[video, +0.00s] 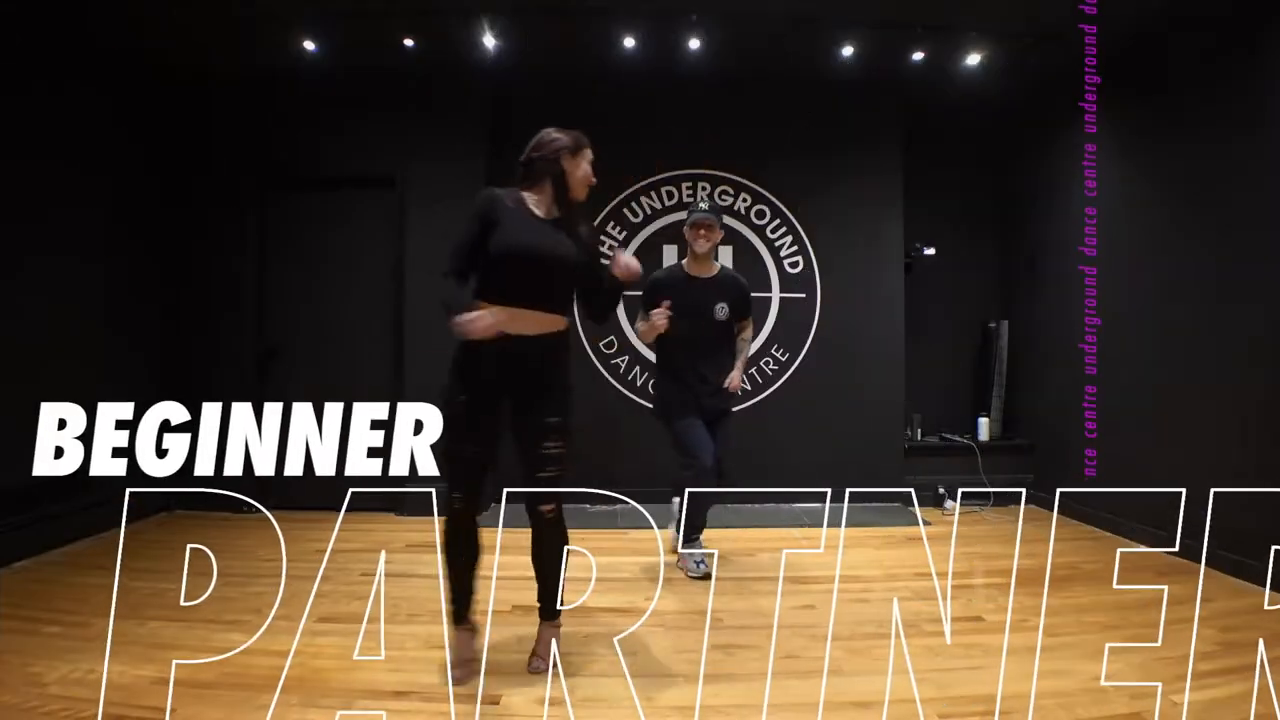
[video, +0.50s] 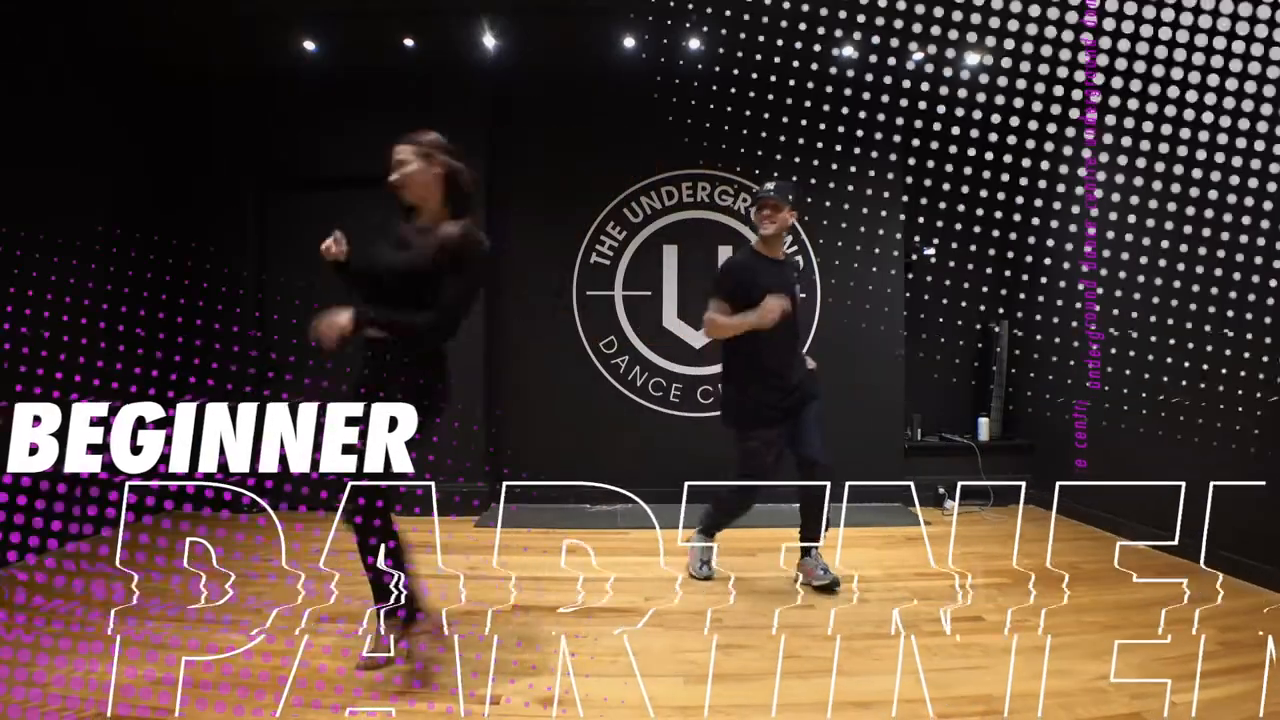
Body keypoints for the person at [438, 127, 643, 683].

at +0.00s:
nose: (592, 174)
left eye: (592, 164)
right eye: (586, 162)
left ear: (570, 168)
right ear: (558, 162)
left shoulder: (577, 231)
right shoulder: (495, 206)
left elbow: (596, 313)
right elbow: (455, 274)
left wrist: (621, 281)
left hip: (545, 364)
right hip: (483, 360)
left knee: (546, 499)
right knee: (462, 499)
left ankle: (548, 625)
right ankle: (462, 628)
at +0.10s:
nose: (575, 173)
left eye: (575, 164)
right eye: (568, 162)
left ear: (552, 167)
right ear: (537, 161)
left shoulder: (564, 226)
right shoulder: (474, 206)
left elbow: (594, 309)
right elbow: (421, 263)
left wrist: (584, 250)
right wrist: (395, 302)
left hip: (537, 365)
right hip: (471, 360)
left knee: (540, 495)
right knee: (436, 492)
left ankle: (546, 624)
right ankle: (415, 621)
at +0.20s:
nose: (544, 177)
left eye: (544, 168)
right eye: (537, 166)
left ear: (519, 170)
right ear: (506, 165)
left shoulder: (530, 228)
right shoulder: (439, 211)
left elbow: (562, 300)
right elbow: (368, 239)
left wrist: (533, 235)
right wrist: (337, 276)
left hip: (514, 370)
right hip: (447, 371)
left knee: (532, 493)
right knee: (393, 485)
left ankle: (548, 620)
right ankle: (389, 613)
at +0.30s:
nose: (522, 176)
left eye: (522, 167)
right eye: (513, 165)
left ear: (503, 173)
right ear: (480, 165)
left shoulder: (507, 234)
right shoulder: (419, 211)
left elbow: (532, 311)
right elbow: (357, 230)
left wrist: (501, 243)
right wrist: (337, 265)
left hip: (483, 366)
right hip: (416, 365)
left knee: (506, 496)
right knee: (373, 493)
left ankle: (544, 620)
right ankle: (394, 617)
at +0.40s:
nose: (483, 169)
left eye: (490, 162)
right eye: (472, 160)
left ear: (494, 176)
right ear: (443, 167)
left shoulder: (488, 236)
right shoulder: (409, 215)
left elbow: (489, 297)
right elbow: (365, 235)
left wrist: (442, 251)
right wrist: (344, 255)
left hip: (457, 365)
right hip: (395, 363)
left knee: (459, 497)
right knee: (359, 493)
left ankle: (512, 605)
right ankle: (391, 615)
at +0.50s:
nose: (394, 177)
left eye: (404, 166)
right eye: (393, 169)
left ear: (438, 170)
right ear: (409, 178)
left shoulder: (464, 242)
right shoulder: (403, 235)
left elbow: (438, 322)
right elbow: (384, 293)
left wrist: (361, 320)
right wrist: (346, 264)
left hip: (417, 377)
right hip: (377, 370)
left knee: (364, 494)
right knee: (359, 494)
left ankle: (393, 608)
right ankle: (397, 600)